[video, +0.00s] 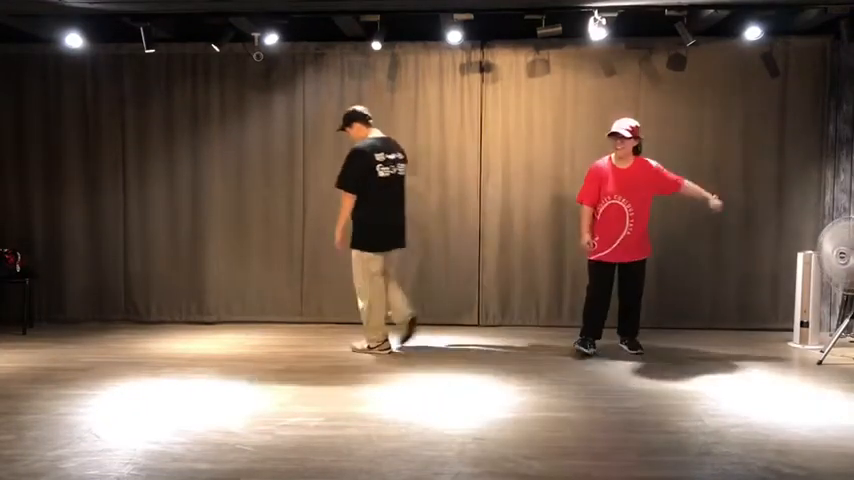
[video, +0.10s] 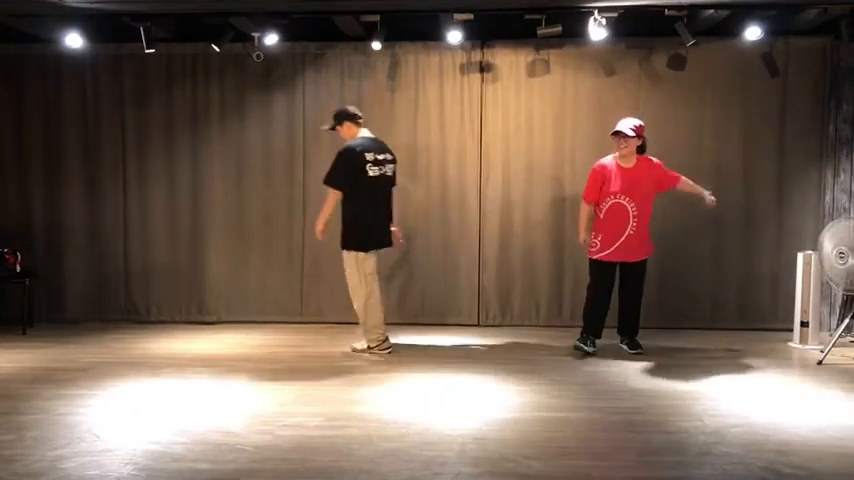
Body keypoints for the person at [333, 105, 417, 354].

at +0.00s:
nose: (349, 136)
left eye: (349, 131)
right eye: (348, 131)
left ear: (356, 126)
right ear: (369, 123)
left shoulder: (360, 152)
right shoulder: (395, 147)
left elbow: (349, 196)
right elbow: (394, 190)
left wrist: (340, 228)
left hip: (367, 229)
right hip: (393, 226)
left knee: (368, 285)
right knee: (385, 276)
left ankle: (377, 339)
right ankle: (405, 316)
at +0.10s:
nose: (339, 135)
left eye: (339, 130)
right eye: (337, 130)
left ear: (347, 125)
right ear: (357, 123)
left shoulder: (350, 151)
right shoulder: (385, 150)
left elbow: (335, 191)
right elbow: (388, 192)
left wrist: (321, 220)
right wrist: (390, 222)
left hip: (356, 230)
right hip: (378, 227)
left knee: (360, 287)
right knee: (369, 283)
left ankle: (375, 339)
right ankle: (377, 337)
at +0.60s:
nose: (285, 133)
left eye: (288, 126)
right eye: (283, 127)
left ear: (302, 124)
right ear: (300, 127)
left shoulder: (307, 153)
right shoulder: (314, 151)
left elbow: (304, 195)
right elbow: (303, 192)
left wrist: (294, 229)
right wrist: (286, 213)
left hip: (303, 232)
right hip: (318, 231)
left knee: (280, 274)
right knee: (316, 280)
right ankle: (325, 328)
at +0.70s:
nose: (277, 132)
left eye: (282, 127)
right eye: (274, 127)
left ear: (295, 126)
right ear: (274, 130)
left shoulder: (304, 158)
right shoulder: (286, 156)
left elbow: (302, 198)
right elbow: (274, 186)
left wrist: (295, 232)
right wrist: (255, 207)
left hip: (292, 236)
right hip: (304, 236)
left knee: (274, 284)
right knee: (310, 284)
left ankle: (257, 333)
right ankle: (323, 329)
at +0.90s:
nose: (260, 130)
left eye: (266, 125)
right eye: (258, 125)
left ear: (279, 126)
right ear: (256, 126)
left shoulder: (285, 157)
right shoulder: (258, 152)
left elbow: (286, 199)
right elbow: (245, 183)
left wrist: (288, 235)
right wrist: (228, 209)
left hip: (273, 233)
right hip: (255, 229)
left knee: (265, 282)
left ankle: (254, 330)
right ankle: (299, 309)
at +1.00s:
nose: (253, 128)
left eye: (259, 123)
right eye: (250, 123)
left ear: (272, 125)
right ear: (246, 126)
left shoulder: (280, 157)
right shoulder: (247, 151)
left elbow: (276, 198)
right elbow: (238, 187)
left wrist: (272, 232)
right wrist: (229, 217)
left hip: (264, 233)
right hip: (242, 228)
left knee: (259, 288)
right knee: (228, 270)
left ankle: (254, 331)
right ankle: (267, 305)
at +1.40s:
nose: (224, 126)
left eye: (230, 120)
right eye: (219, 120)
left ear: (241, 124)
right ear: (214, 124)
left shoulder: (255, 155)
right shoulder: (207, 156)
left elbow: (263, 195)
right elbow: (196, 196)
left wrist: (244, 228)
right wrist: (190, 231)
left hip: (242, 238)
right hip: (209, 237)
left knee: (243, 291)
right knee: (199, 290)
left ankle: (243, 334)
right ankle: (196, 343)